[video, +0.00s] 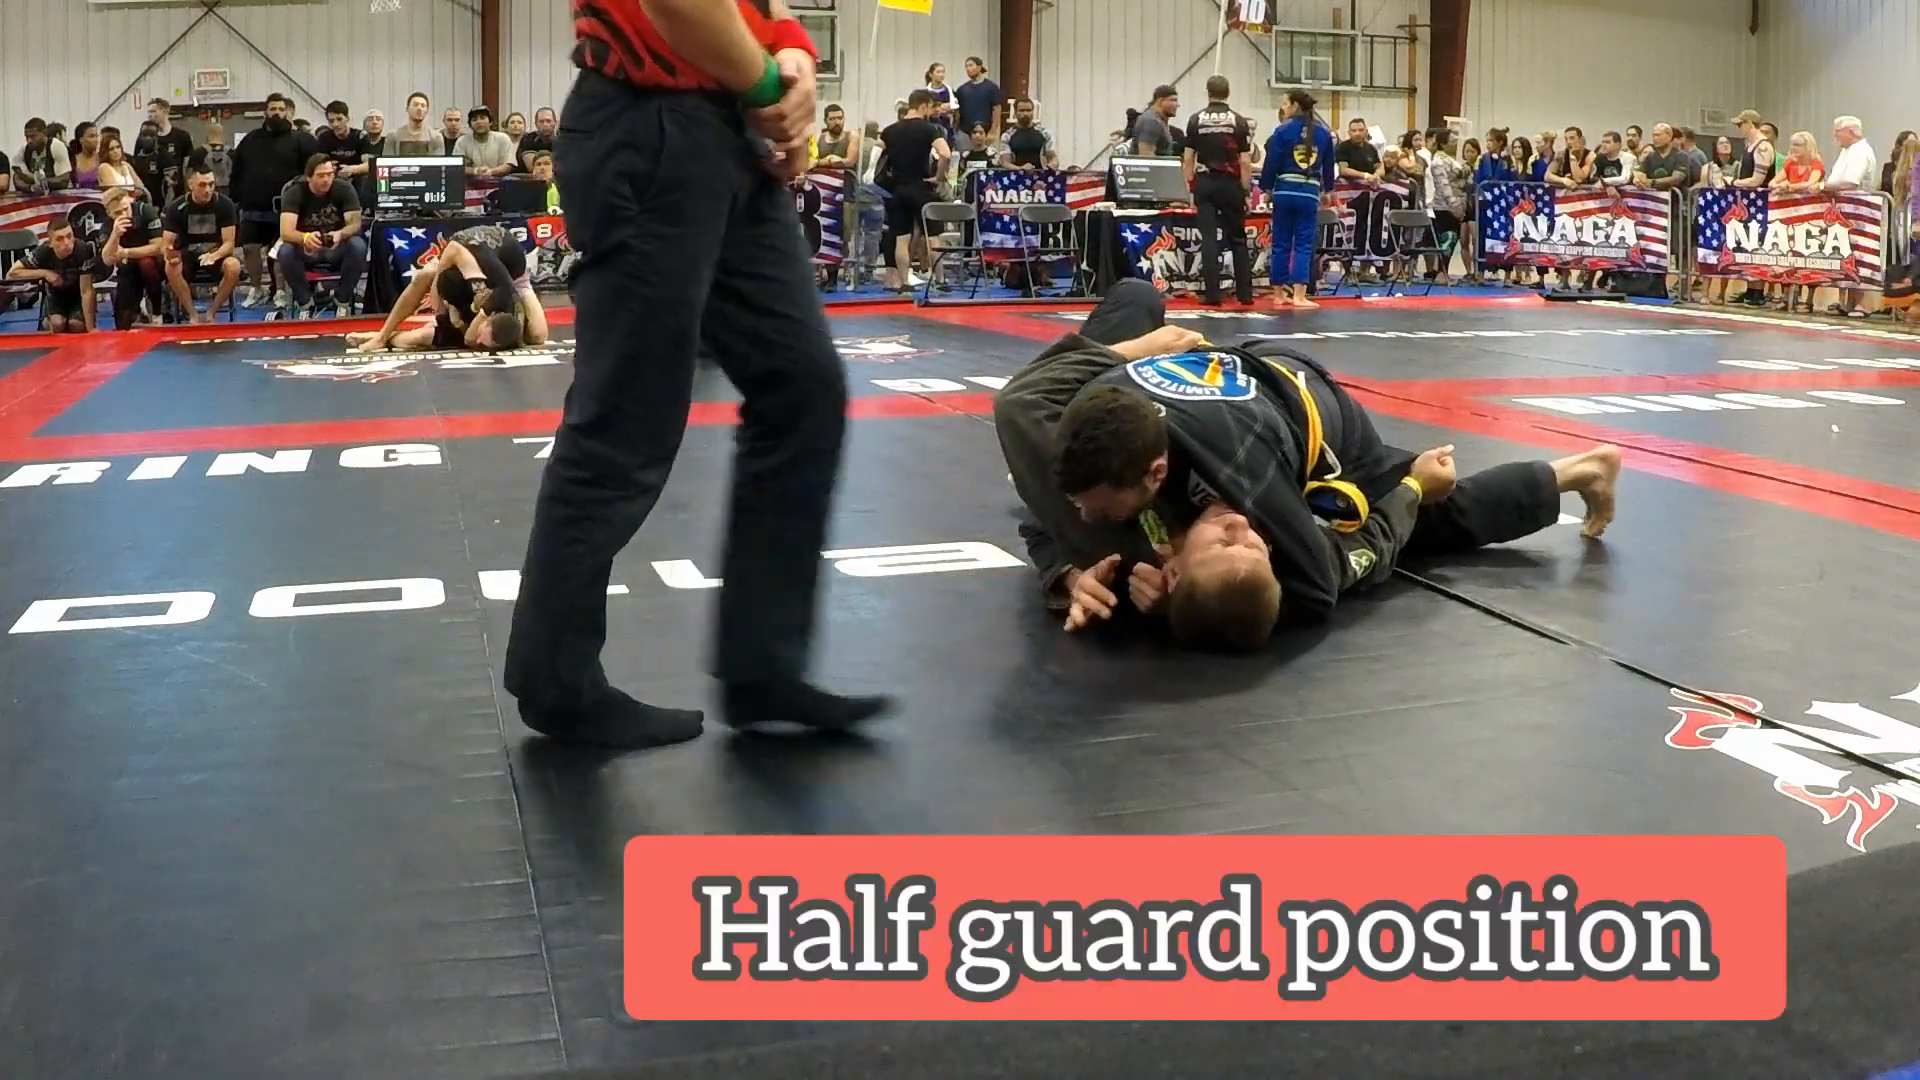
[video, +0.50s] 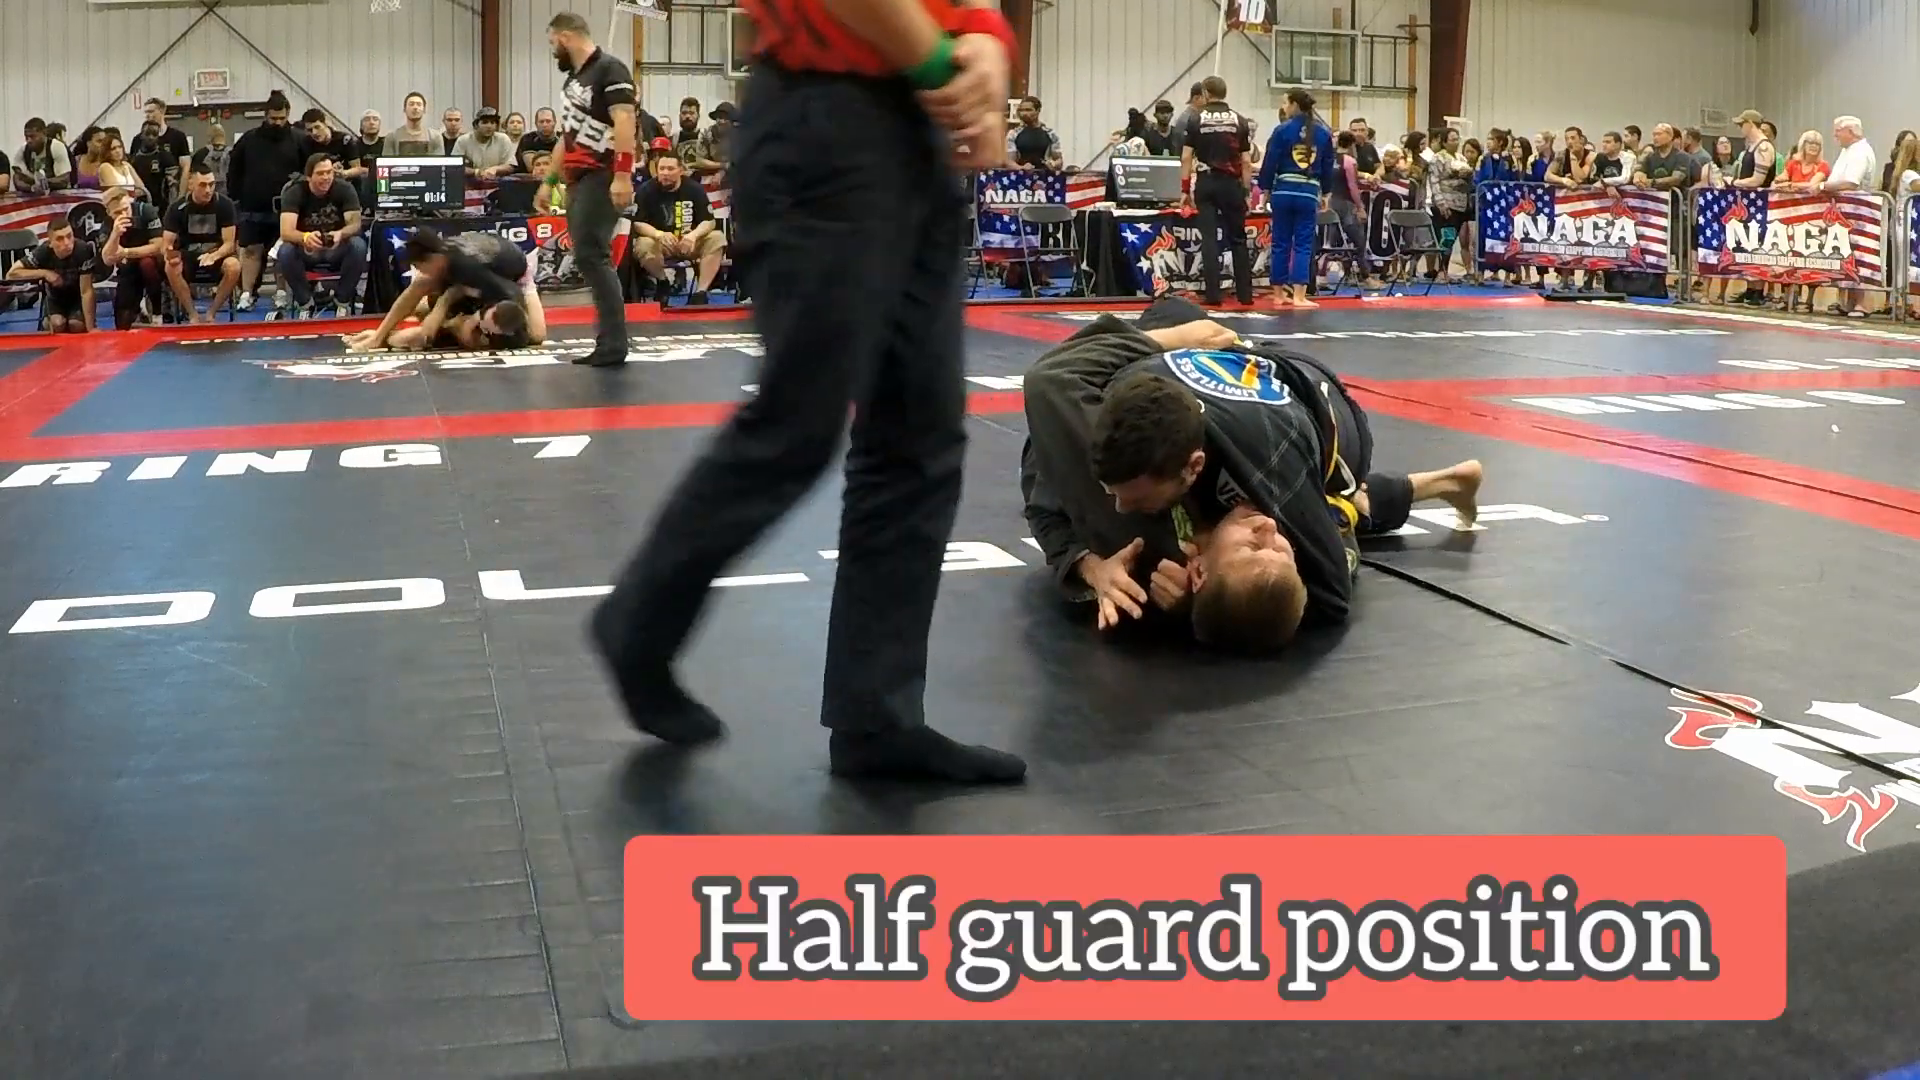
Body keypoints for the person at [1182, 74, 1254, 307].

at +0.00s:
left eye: (1211, 91)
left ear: (1208, 93)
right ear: (1228, 94)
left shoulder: (1195, 120)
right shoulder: (1239, 121)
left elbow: (1188, 159)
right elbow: (1245, 160)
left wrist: (1192, 185)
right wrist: (1245, 191)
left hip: (1203, 181)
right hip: (1230, 182)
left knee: (1208, 238)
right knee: (1238, 238)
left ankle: (1212, 294)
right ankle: (1245, 294)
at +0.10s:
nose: (1209, 96)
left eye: (1208, 92)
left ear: (1207, 94)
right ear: (1227, 94)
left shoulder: (1196, 119)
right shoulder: (1239, 121)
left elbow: (1188, 159)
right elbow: (1245, 161)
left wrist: (1192, 185)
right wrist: (1245, 190)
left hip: (1204, 181)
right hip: (1231, 182)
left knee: (1209, 238)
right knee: (1238, 238)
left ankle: (1212, 294)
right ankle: (1245, 294)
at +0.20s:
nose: (1204, 96)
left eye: (1205, 93)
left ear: (1207, 94)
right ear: (1227, 94)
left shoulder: (1196, 120)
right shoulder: (1240, 121)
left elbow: (1187, 158)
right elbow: (1245, 160)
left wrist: (1190, 184)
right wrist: (1245, 189)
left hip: (1204, 181)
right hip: (1231, 182)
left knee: (1209, 238)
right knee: (1238, 238)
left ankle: (1212, 294)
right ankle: (1245, 294)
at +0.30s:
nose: (1204, 97)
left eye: (1204, 93)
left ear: (1206, 94)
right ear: (1226, 94)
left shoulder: (1196, 120)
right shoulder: (1240, 121)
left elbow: (1187, 158)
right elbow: (1246, 160)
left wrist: (1189, 189)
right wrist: (1245, 191)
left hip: (1206, 180)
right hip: (1232, 182)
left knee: (1209, 239)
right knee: (1238, 238)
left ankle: (1212, 295)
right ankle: (1245, 294)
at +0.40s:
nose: (1204, 96)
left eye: (1204, 93)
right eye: (1206, 92)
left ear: (1207, 94)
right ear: (1226, 93)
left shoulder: (1196, 119)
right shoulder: (1240, 120)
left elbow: (1186, 157)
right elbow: (1246, 160)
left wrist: (1187, 190)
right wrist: (1246, 192)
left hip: (1205, 180)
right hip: (1232, 182)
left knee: (1209, 239)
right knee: (1238, 239)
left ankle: (1212, 295)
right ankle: (1245, 294)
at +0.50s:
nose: (1202, 96)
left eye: (1203, 93)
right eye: (1204, 93)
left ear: (1206, 94)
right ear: (1225, 93)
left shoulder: (1196, 118)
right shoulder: (1240, 120)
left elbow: (1186, 157)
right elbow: (1245, 160)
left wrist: (1185, 190)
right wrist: (1246, 192)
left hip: (1205, 180)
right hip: (1232, 181)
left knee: (1209, 239)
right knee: (1238, 238)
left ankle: (1213, 295)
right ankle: (1245, 294)